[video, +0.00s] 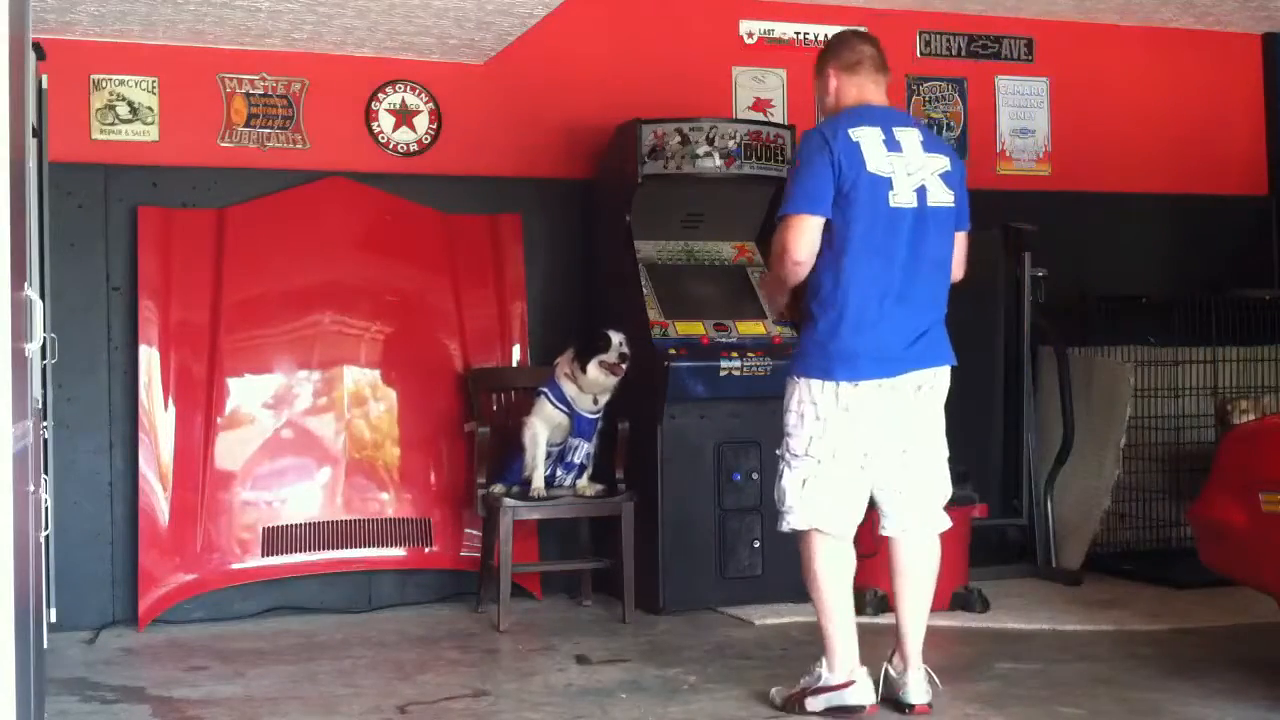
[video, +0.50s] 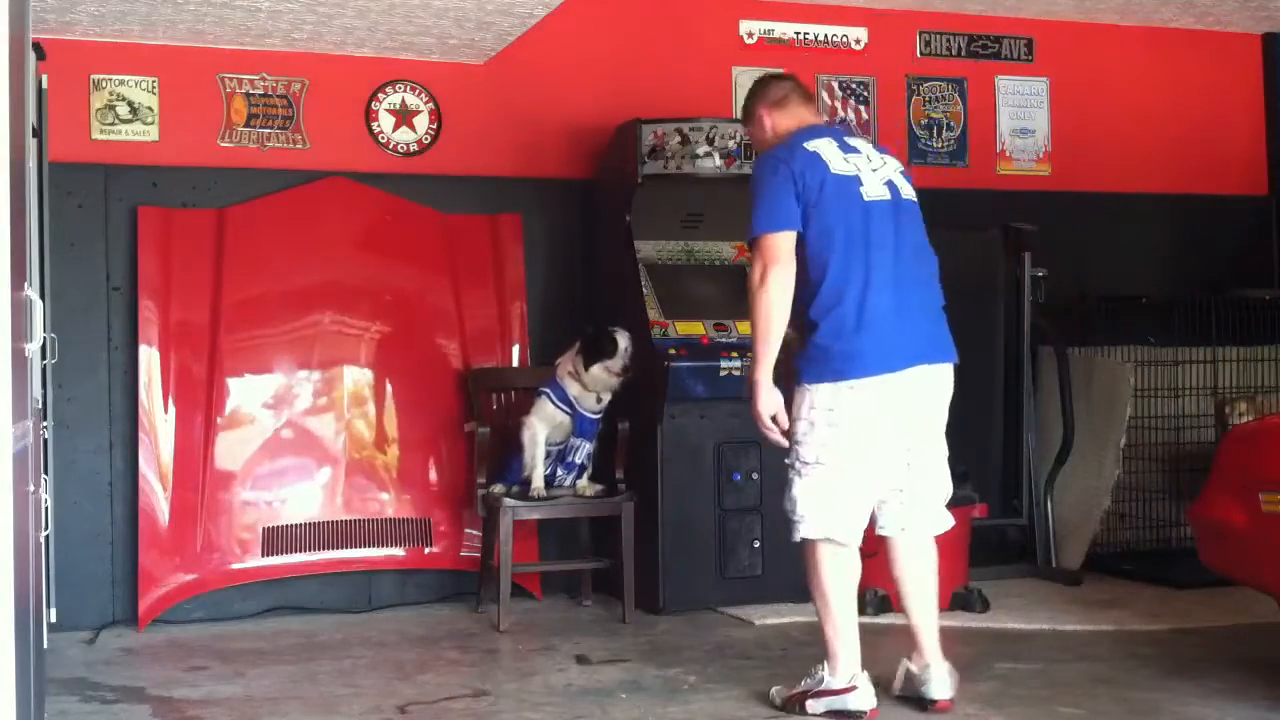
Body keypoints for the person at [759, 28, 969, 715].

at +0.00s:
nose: (819, 98)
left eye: (818, 87)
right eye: (820, 87)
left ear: (832, 79)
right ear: (886, 80)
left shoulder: (828, 142)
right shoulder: (942, 149)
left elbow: (796, 256)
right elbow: (955, 266)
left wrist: (774, 291)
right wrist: (880, 276)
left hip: (839, 370)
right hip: (923, 366)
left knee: (824, 519)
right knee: (915, 515)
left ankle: (841, 675)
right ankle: (911, 670)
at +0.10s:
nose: (800, 104)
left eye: (799, 93)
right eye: (800, 94)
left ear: (813, 85)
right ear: (871, 82)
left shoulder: (815, 144)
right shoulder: (929, 150)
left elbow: (795, 261)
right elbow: (953, 263)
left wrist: (778, 291)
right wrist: (895, 299)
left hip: (838, 370)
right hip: (919, 364)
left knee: (828, 520)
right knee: (910, 514)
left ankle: (842, 676)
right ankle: (910, 670)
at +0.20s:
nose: (788, 107)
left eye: (786, 96)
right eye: (788, 97)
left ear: (800, 87)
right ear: (851, 81)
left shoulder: (803, 146)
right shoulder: (916, 143)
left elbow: (786, 264)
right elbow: (950, 254)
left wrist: (775, 317)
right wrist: (897, 293)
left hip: (835, 367)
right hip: (915, 360)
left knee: (830, 520)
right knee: (907, 514)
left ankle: (842, 676)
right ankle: (910, 669)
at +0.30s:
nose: (776, 113)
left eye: (774, 102)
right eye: (776, 104)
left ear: (786, 93)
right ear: (837, 84)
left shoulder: (793, 148)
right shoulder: (908, 143)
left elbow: (783, 260)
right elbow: (942, 249)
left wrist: (766, 348)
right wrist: (874, 250)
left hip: (832, 368)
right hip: (916, 360)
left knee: (830, 521)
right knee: (907, 514)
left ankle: (842, 678)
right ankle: (911, 669)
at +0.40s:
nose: (766, 124)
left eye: (763, 113)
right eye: (764, 115)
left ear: (776, 99)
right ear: (829, 94)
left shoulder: (786, 150)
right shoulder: (897, 146)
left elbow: (777, 261)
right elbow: (927, 250)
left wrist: (763, 367)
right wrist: (892, 325)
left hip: (836, 367)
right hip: (919, 360)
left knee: (829, 522)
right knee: (908, 515)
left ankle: (842, 677)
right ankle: (915, 669)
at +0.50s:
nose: (753, 148)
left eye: (750, 137)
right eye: (748, 139)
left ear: (764, 118)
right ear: (817, 111)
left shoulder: (782, 159)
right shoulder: (880, 157)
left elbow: (775, 269)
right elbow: (898, 262)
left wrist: (762, 374)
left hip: (847, 367)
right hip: (928, 358)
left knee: (827, 520)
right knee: (912, 514)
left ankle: (843, 675)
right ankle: (931, 663)